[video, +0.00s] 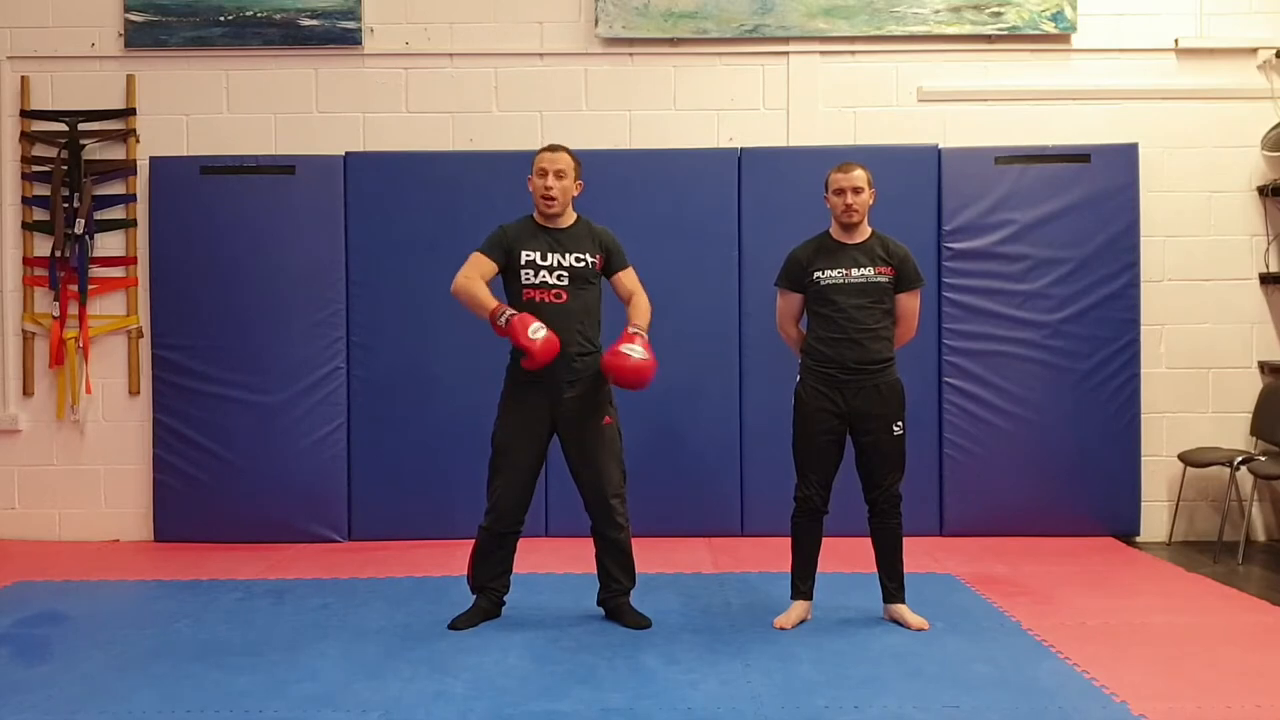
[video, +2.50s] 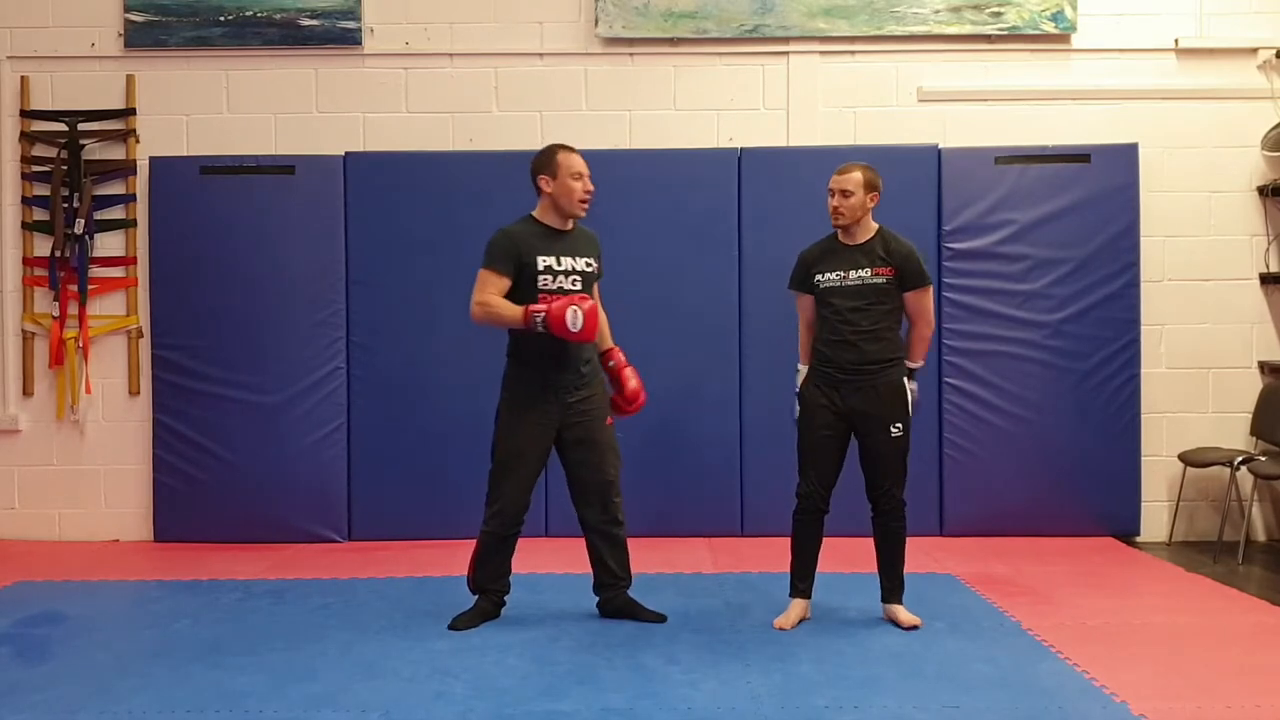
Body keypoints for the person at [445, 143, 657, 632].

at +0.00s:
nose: (548, 184)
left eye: (559, 176)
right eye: (541, 175)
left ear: (576, 185)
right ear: (530, 181)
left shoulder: (599, 241)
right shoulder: (510, 237)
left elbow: (636, 297)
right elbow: (464, 283)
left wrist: (636, 336)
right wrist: (508, 319)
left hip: (587, 387)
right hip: (527, 386)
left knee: (608, 498)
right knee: (505, 496)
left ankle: (616, 597)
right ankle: (488, 597)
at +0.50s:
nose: (554, 184)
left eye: (565, 176)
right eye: (547, 175)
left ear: (580, 185)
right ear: (534, 181)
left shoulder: (603, 241)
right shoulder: (512, 240)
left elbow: (622, 310)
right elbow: (489, 309)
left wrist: (634, 372)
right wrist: (483, 370)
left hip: (586, 388)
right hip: (524, 388)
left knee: (606, 499)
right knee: (505, 500)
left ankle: (616, 598)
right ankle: (488, 597)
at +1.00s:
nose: (559, 183)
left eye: (568, 175)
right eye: (551, 174)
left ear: (582, 184)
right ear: (536, 182)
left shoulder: (604, 243)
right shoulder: (511, 241)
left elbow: (620, 311)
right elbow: (489, 309)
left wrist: (634, 373)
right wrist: (481, 372)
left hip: (587, 389)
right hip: (524, 389)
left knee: (607, 500)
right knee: (504, 501)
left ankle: (616, 597)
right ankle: (488, 597)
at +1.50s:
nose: (543, 192)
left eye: (552, 183)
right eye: (535, 184)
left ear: (575, 185)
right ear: (527, 188)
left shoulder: (603, 242)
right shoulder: (514, 240)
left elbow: (622, 311)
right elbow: (486, 305)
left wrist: (633, 373)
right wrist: (515, 257)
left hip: (587, 389)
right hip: (527, 389)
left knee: (607, 500)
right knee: (505, 498)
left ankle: (616, 598)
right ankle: (488, 597)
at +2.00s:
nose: (540, 188)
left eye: (547, 178)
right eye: (529, 180)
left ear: (557, 182)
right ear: (510, 186)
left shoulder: (580, 240)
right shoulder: (489, 243)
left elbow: (600, 306)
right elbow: (466, 312)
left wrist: (616, 364)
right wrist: (512, 285)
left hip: (573, 388)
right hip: (512, 390)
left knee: (599, 496)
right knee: (496, 500)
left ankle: (615, 597)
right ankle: (487, 598)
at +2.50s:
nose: (588, 186)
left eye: (587, 178)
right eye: (577, 178)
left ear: (579, 185)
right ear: (546, 184)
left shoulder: (587, 242)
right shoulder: (512, 241)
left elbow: (592, 307)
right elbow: (482, 307)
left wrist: (616, 365)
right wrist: (542, 315)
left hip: (585, 390)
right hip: (529, 393)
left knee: (602, 493)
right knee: (507, 498)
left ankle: (614, 594)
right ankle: (489, 597)